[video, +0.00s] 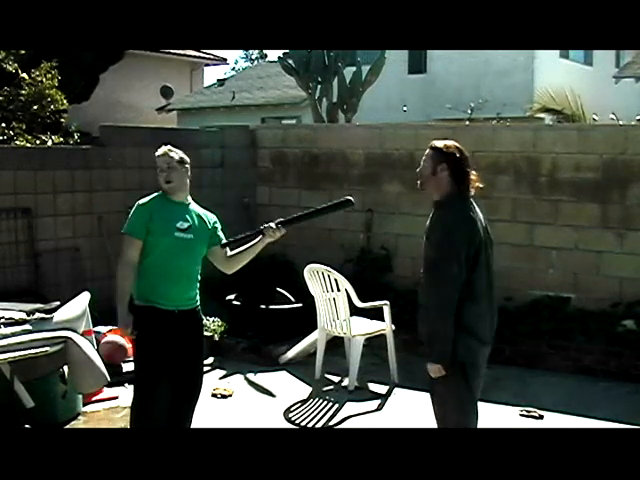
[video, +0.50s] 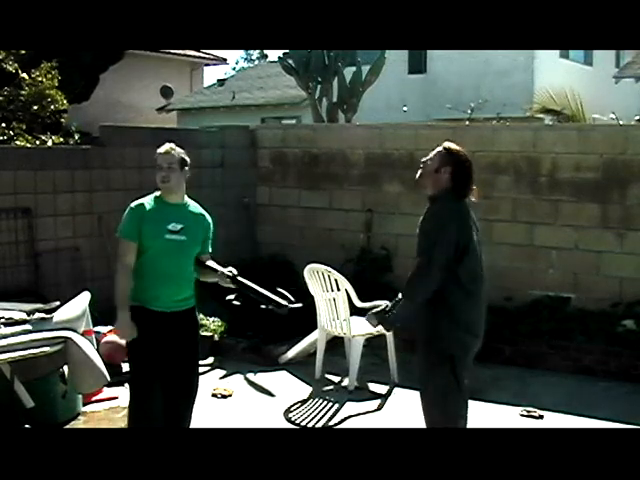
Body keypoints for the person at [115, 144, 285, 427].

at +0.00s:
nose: (165, 174)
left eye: (171, 168)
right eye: (160, 170)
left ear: (187, 172)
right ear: (156, 175)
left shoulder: (206, 220)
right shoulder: (146, 210)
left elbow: (228, 264)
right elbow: (128, 261)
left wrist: (263, 240)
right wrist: (123, 313)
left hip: (188, 318)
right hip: (151, 317)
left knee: (186, 395)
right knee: (151, 394)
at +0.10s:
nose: (163, 174)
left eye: (169, 168)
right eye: (159, 169)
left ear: (187, 172)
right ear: (156, 173)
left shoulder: (207, 220)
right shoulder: (144, 212)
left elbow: (222, 268)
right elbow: (126, 263)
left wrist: (257, 246)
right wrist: (133, 302)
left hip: (188, 319)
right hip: (150, 319)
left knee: (184, 398)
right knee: (149, 398)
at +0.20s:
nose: (161, 174)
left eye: (168, 168)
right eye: (158, 169)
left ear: (186, 172)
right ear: (155, 173)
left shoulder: (205, 219)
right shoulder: (141, 210)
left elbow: (219, 270)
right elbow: (125, 260)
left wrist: (255, 258)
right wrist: (141, 284)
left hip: (186, 317)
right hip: (147, 315)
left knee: (184, 392)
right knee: (148, 392)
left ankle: (176, 432)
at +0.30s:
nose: (159, 173)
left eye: (166, 168)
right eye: (157, 168)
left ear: (184, 173)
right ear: (154, 172)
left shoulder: (202, 219)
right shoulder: (139, 211)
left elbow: (215, 268)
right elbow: (124, 260)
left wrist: (244, 272)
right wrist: (140, 288)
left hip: (185, 317)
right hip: (146, 316)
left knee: (184, 390)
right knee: (148, 390)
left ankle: (177, 429)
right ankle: (145, 432)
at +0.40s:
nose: (162, 173)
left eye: (168, 168)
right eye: (158, 168)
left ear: (185, 172)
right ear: (154, 172)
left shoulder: (202, 218)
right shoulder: (140, 211)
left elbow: (208, 264)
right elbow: (125, 262)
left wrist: (226, 274)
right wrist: (131, 303)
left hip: (185, 318)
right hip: (147, 318)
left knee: (183, 396)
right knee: (147, 396)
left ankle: (177, 433)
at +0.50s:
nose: (163, 174)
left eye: (170, 168)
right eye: (159, 168)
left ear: (185, 172)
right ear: (154, 172)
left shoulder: (201, 218)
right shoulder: (139, 211)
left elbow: (200, 265)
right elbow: (125, 266)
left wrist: (219, 273)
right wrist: (123, 315)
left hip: (184, 318)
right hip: (146, 317)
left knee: (182, 396)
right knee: (146, 397)